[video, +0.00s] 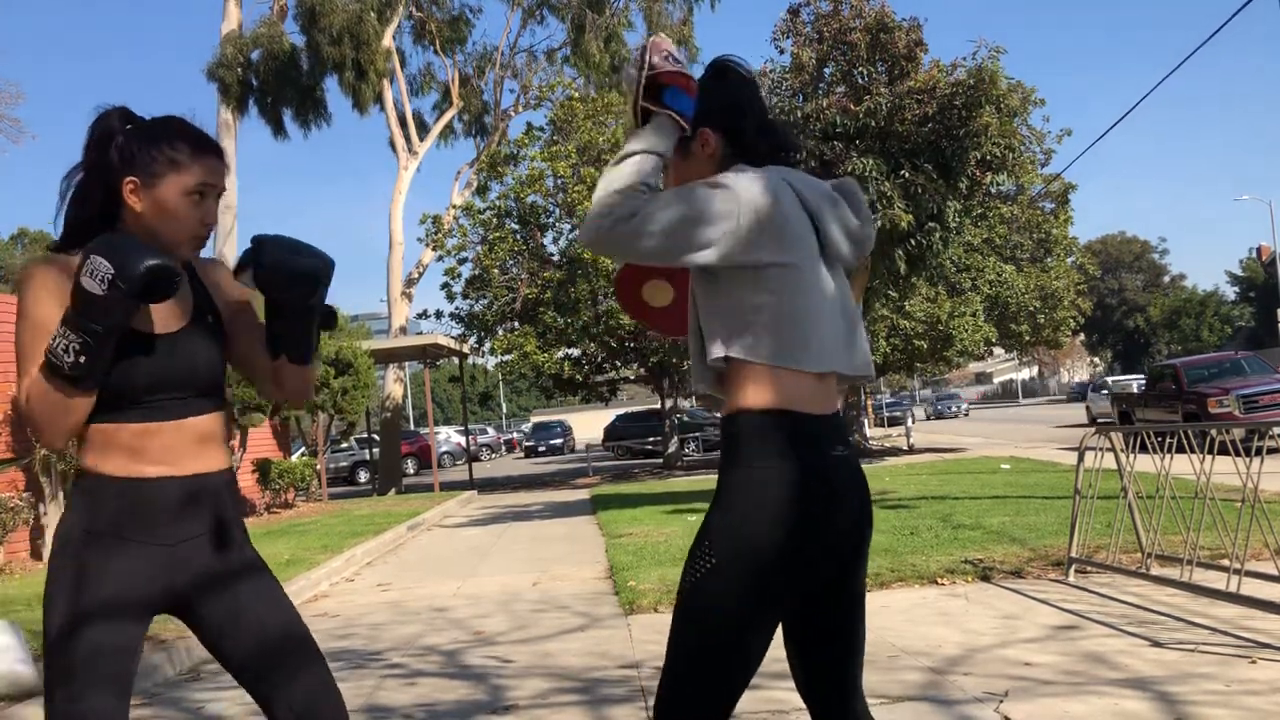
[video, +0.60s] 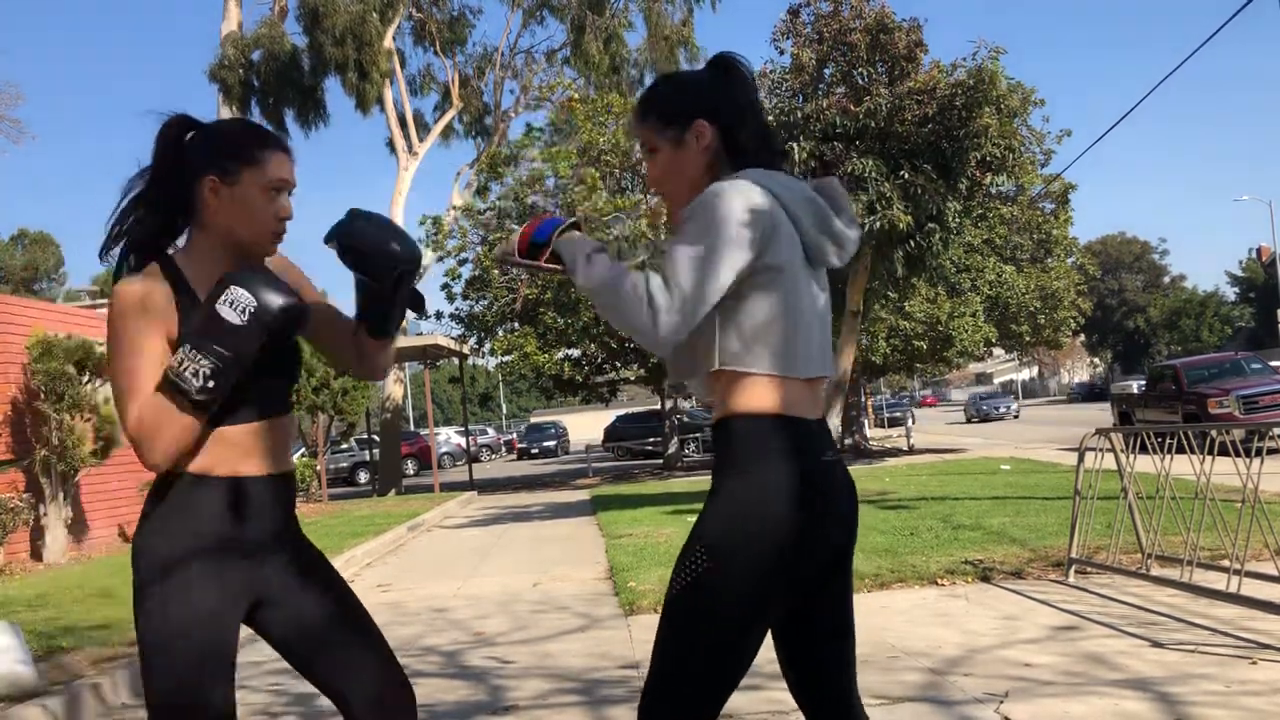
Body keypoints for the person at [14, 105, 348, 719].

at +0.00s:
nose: (213, 215)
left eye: (216, 198)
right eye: (200, 196)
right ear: (134, 193)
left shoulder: (214, 282)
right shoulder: (56, 279)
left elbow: (291, 389)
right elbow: (47, 429)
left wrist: (297, 310)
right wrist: (94, 319)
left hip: (215, 531)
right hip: (107, 536)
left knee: (318, 707)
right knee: (84, 711)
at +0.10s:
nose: (220, 208)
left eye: (225, 191)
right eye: (206, 188)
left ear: (228, 192)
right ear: (141, 189)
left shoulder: (232, 259)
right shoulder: (75, 284)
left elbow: (362, 297)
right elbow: (71, 433)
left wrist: (395, 222)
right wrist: (97, 324)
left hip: (227, 530)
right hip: (120, 533)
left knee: (320, 707)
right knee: (92, 711)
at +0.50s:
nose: (260, 217)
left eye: (263, 200)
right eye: (247, 198)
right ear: (185, 197)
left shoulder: (278, 265)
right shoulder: (121, 305)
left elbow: (403, 283)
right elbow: (130, 459)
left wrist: (452, 215)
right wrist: (166, 356)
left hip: (264, 541)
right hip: (166, 543)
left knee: (380, 705)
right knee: (146, 709)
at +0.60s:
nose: (287, 211)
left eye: (289, 194)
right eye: (276, 191)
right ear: (216, 191)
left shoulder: (273, 274)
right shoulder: (144, 295)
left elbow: (367, 361)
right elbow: (156, 445)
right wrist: (221, 340)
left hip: (278, 536)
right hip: (190, 541)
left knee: (387, 700)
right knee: (194, 711)